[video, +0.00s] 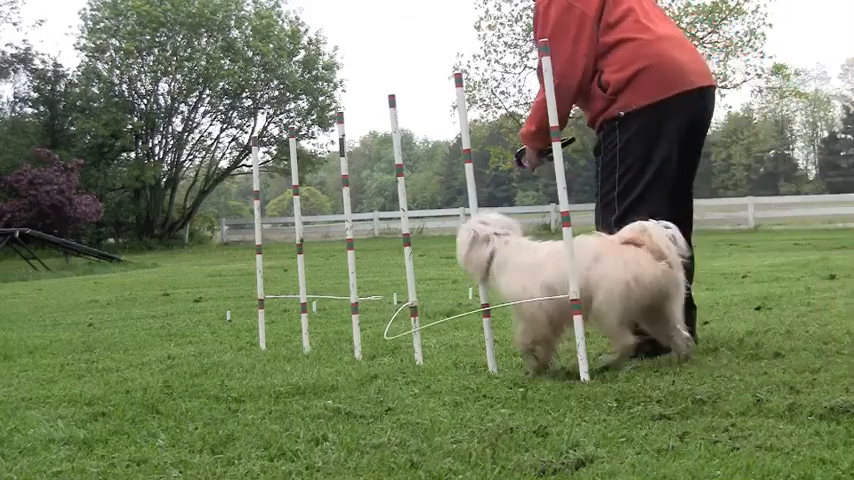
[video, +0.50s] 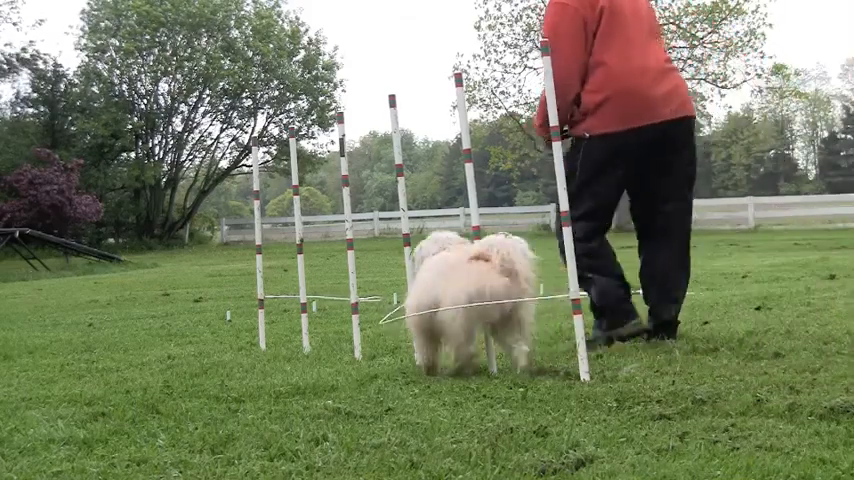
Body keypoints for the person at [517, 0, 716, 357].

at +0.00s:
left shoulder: (560, 4)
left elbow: (563, 71)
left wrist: (534, 139)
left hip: (642, 93)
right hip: (690, 83)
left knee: (622, 223)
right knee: (672, 214)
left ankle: (645, 333)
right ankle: (678, 328)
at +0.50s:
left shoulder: (567, 4)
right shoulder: (637, 5)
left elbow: (565, 76)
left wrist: (546, 124)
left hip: (612, 116)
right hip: (673, 107)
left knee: (579, 227)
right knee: (665, 221)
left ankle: (616, 316)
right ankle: (665, 321)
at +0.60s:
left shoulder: (559, 6)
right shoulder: (630, 5)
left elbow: (552, 77)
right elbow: (640, 60)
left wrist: (536, 125)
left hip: (596, 116)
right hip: (660, 108)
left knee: (576, 225)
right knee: (660, 221)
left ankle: (575, 325)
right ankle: (663, 323)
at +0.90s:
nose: (501, 10)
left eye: (500, 3)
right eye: (498, 5)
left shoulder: (517, 29)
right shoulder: (591, 19)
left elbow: (507, 101)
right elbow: (614, 74)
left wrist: (494, 146)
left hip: (547, 146)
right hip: (611, 140)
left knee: (537, 240)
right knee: (609, 234)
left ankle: (539, 329)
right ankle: (635, 294)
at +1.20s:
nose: (480, 16)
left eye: (478, 9)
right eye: (476, 11)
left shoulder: (496, 28)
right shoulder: (567, 19)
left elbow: (488, 98)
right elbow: (593, 79)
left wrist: (480, 145)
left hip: (531, 137)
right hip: (591, 133)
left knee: (525, 235)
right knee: (570, 228)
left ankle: (539, 332)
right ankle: (582, 321)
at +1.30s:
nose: (478, 20)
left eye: (476, 12)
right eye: (474, 14)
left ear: (489, 1)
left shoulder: (496, 29)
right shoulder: (563, 22)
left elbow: (488, 99)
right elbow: (586, 78)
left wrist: (478, 147)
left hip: (533, 137)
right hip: (590, 132)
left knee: (523, 235)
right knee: (572, 229)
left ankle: (539, 331)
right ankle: (572, 319)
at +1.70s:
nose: (486, 36)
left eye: (483, 28)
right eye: (481, 32)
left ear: (495, 10)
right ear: (518, 6)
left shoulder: (504, 40)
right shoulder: (563, 34)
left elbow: (495, 112)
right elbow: (578, 90)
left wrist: (482, 157)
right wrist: (521, 142)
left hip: (542, 146)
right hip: (595, 140)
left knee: (522, 240)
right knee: (579, 240)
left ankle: (540, 317)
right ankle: (579, 319)